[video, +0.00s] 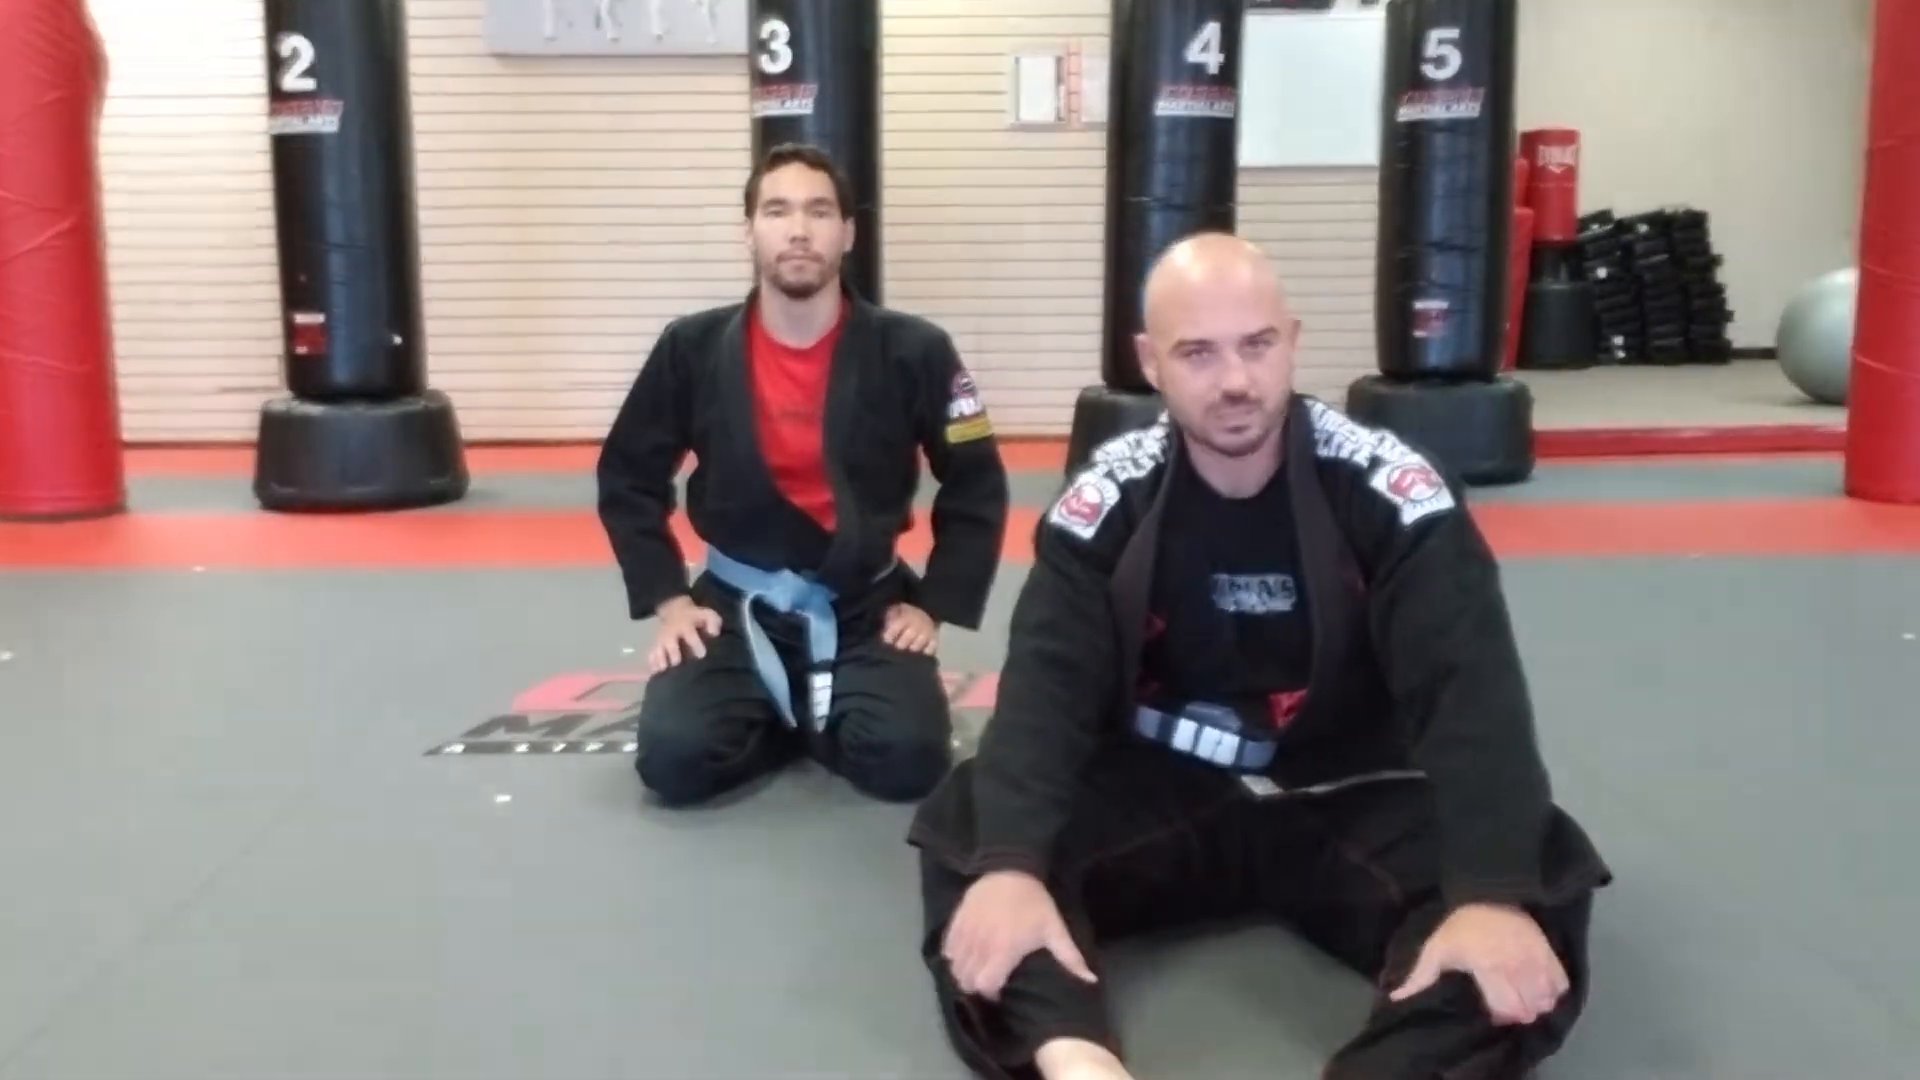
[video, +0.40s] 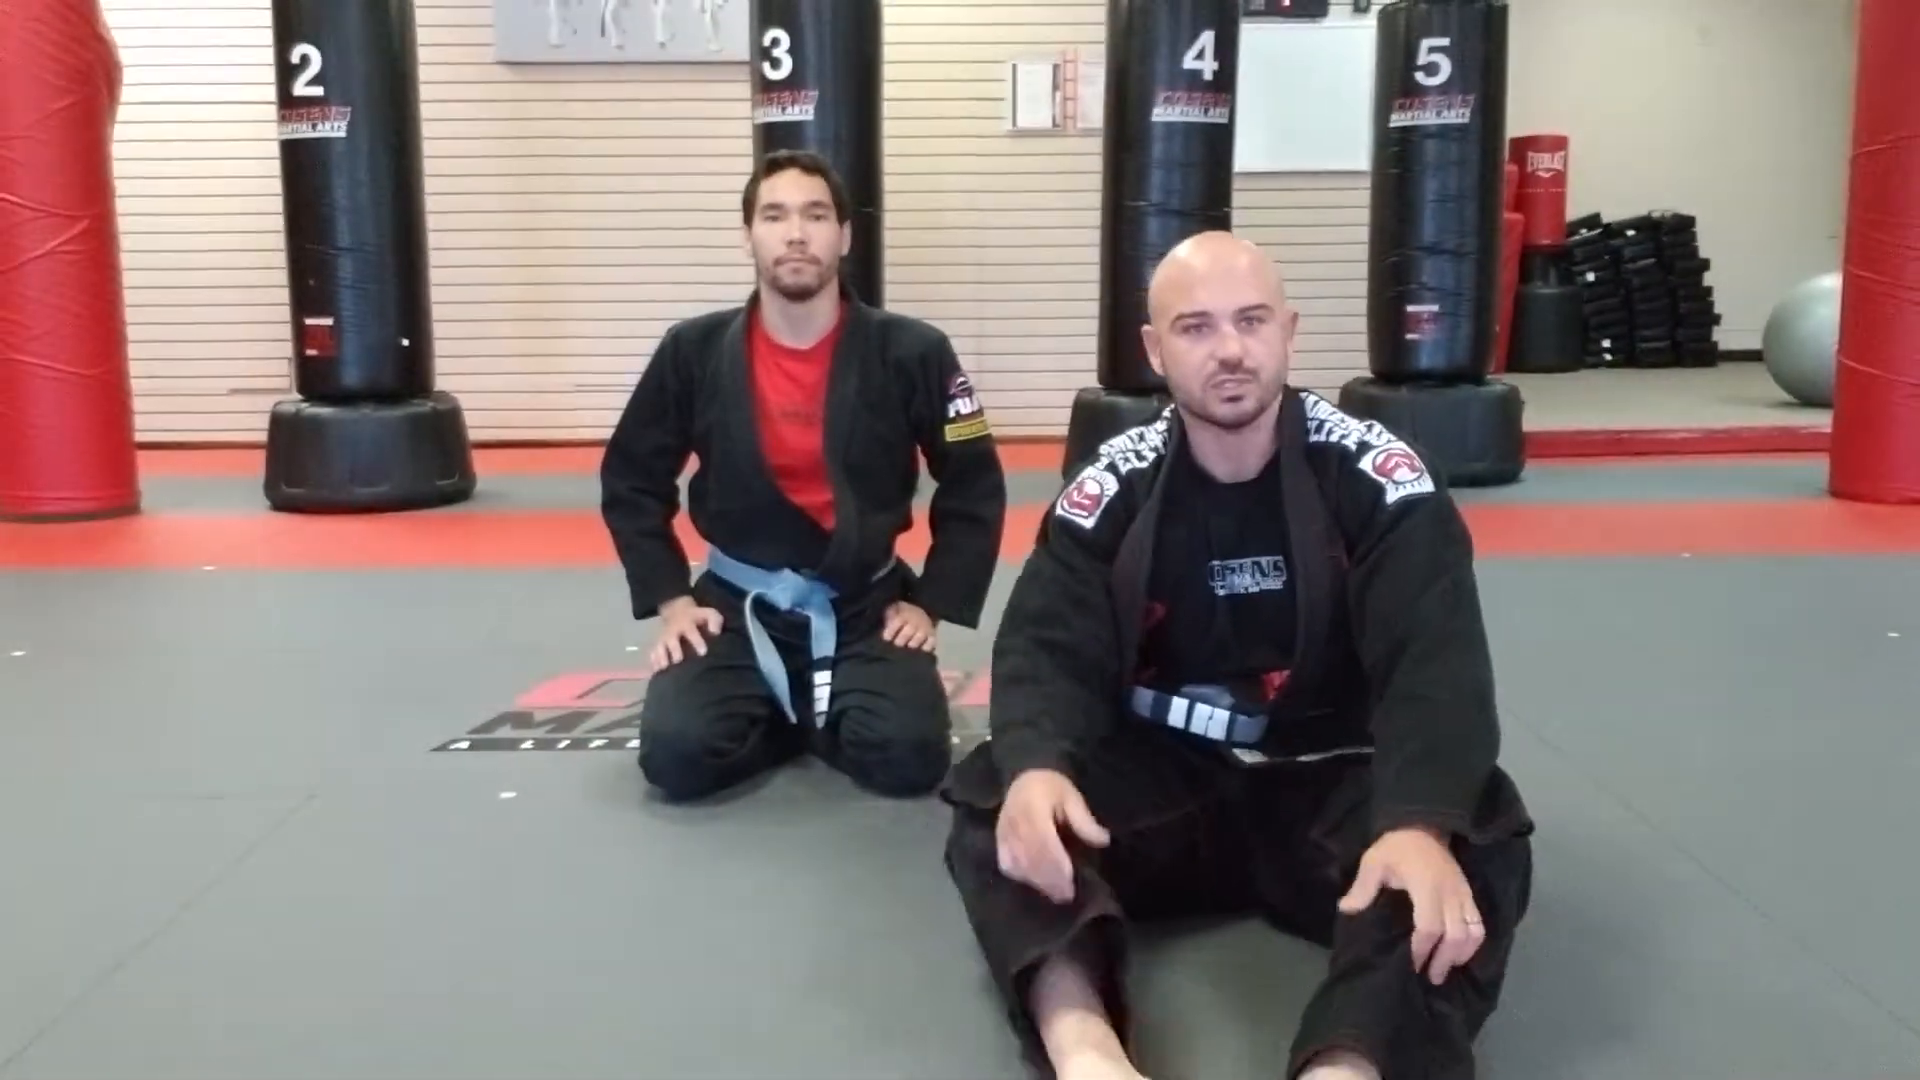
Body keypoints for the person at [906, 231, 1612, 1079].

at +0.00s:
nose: (1237, 381)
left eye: (1259, 346)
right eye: (1201, 354)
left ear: (1293, 341)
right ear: (1151, 365)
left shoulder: (1385, 483)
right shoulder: (1107, 498)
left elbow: (1470, 688)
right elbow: (1046, 689)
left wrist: (1491, 894)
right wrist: (1009, 865)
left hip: (1350, 808)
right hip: (1158, 800)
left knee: (1533, 868)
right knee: (968, 819)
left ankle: (1392, 1060)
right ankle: (1075, 1060)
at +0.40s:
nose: (1230, 350)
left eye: (1253, 320)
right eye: (1198, 329)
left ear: (1289, 331)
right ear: (1155, 351)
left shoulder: (1374, 470)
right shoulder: (1116, 479)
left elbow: (1435, 659)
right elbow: (1047, 641)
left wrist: (1416, 823)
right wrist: (1033, 765)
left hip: (1330, 794)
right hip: (1151, 784)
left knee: (1466, 833)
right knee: (995, 791)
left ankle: (1346, 1064)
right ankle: (1084, 1052)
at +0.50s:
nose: (1238, 341)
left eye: (1262, 314)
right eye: (1207, 319)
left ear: (1297, 328)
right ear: (1165, 341)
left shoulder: (1380, 467)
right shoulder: (1121, 474)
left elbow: (1445, 644)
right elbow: (1049, 637)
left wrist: (1450, 790)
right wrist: (1015, 707)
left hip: (1335, 784)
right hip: (1158, 777)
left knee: (1452, 824)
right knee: (1014, 783)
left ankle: (1341, 1058)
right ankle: (1090, 1046)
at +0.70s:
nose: (1243, 320)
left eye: (1268, 298)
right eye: (1212, 302)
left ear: (1305, 324)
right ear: (1172, 336)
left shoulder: (1389, 464)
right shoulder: (1121, 476)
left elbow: (1498, 633)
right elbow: (1026, 638)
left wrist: (1548, 808)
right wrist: (935, 751)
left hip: (1326, 772)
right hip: (1162, 766)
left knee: (1403, 769)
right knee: (1044, 741)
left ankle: (1304, 1058)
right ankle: (1116, 1046)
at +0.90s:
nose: (1228, 331)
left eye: (1250, 306)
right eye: (1198, 313)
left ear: (1288, 322)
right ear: (1160, 341)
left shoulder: (1380, 464)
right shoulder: (1113, 471)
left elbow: (1493, 659)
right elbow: (1007, 626)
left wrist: (1534, 865)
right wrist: (931, 779)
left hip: (1341, 769)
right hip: (1172, 762)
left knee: (1318, 738)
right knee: (1045, 704)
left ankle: (1260, 1047)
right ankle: (1055, 1012)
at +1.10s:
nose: (1177, 367)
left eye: (1196, 335)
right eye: (1145, 347)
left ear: (1236, 329)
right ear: (1112, 362)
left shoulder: (1330, 446)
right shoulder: (1080, 468)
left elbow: (1475, 609)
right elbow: (961, 605)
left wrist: (1451, 841)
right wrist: (914, 781)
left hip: (1332, 784)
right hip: (1148, 770)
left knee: (1232, 721)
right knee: (1010, 746)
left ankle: (1128, 1011)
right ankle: (910, 992)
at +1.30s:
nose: (1101, 389)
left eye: (1122, 352)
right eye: (1070, 368)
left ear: (1174, 337)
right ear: (1038, 376)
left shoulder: (1288, 460)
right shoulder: (1003, 480)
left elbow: (1422, 649)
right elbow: (923, 633)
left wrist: (1436, 861)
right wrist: (912, 811)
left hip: (1309, 775)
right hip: (1113, 768)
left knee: (1182, 742)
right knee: (956, 822)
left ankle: (1034, 1041)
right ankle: (824, 1043)